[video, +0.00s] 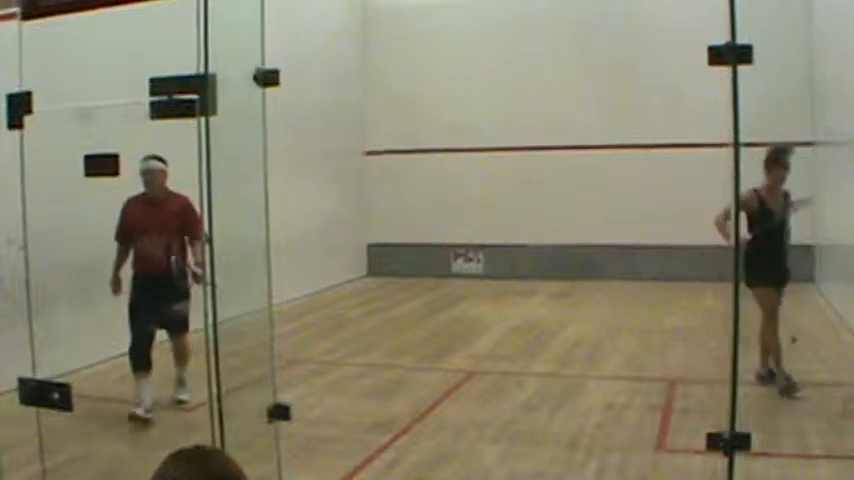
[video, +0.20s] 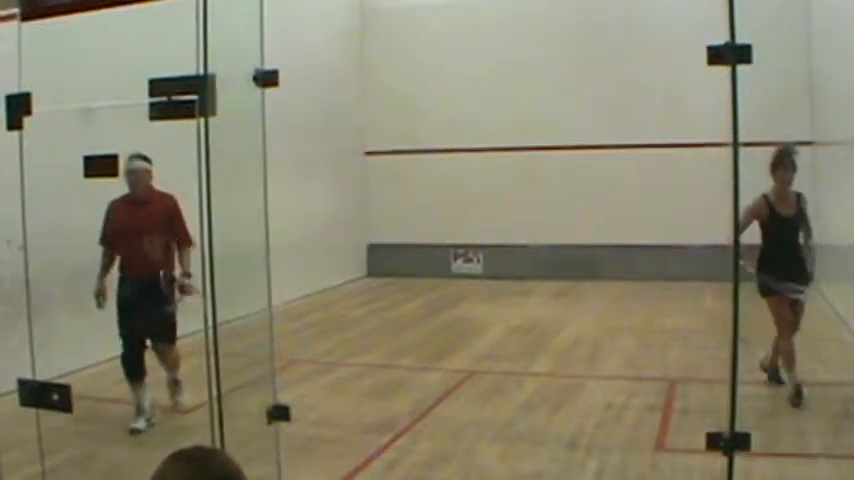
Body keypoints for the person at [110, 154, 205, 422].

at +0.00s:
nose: (151, 180)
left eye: (156, 174)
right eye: (146, 175)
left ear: (166, 175)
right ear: (141, 178)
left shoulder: (181, 205)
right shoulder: (132, 207)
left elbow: (197, 237)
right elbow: (124, 243)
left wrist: (199, 264)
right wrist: (116, 272)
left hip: (174, 279)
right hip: (144, 280)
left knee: (179, 335)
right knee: (140, 341)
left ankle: (182, 382)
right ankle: (144, 402)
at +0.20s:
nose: (137, 180)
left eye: (142, 173)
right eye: (132, 174)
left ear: (151, 175)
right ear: (125, 178)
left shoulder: (167, 204)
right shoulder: (116, 208)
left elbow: (183, 242)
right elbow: (109, 249)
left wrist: (185, 273)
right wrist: (101, 280)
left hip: (160, 282)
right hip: (130, 284)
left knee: (163, 344)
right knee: (131, 350)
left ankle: (174, 379)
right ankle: (142, 409)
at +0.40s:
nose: (126, 179)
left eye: (131, 173)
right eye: (122, 173)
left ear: (145, 173)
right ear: (118, 174)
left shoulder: (162, 203)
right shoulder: (108, 205)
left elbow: (175, 244)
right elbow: (94, 242)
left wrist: (183, 280)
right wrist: (81, 271)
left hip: (154, 284)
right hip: (122, 285)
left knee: (154, 347)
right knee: (129, 350)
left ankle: (158, 417)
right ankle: (141, 408)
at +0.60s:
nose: (128, 185)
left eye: (134, 179)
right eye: (124, 178)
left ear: (146, 179)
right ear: (118, 180)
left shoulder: (161, 214)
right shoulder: (105, 212)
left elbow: (177, 258)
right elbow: (88, 252)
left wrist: (187, 294)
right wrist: (70, 279)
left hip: (152, 295)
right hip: (118, 296)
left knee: (146, 360)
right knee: (124, 366)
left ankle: (148, 437)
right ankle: (137, 404)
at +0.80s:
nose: (128, 180)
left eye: (134, 174)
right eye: (123, 173)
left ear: (146, 174)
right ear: (117, 174)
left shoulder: (161, 210)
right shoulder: (102, 209)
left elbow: (177, 259)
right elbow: (90, 255)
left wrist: (187, 297)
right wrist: (79, 290)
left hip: (150, 297)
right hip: (114, 298)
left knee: (146, 369)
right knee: (107, 375)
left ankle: (146, 438)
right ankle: (124, 410)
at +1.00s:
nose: (125, 183)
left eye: (132, 177)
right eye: (120, 177)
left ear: (143, 178)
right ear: (112, 178)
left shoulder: (159, 214)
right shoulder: (97, 215)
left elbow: (176, 261)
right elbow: (87, 265)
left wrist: (180, 299)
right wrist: (82, 302)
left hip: (147, 306)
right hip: (108, 307)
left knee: (147, 377)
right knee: (109, 382)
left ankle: (146, 441)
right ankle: (109, 459)